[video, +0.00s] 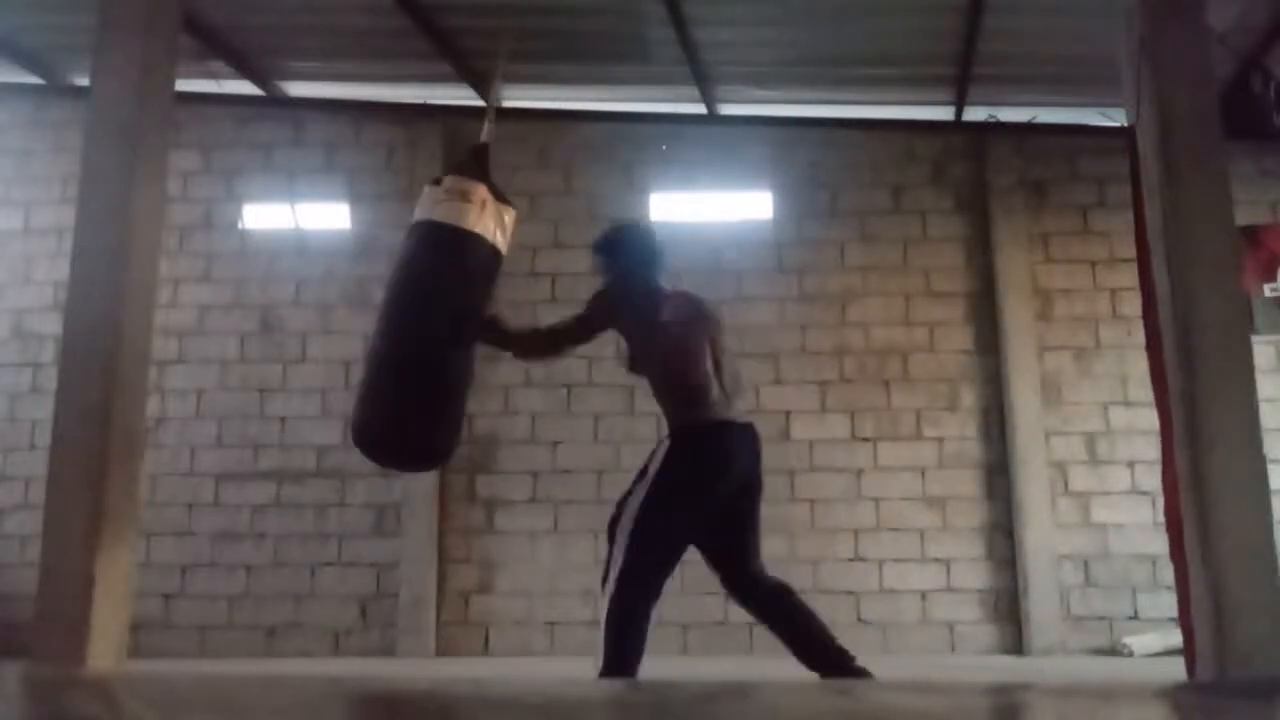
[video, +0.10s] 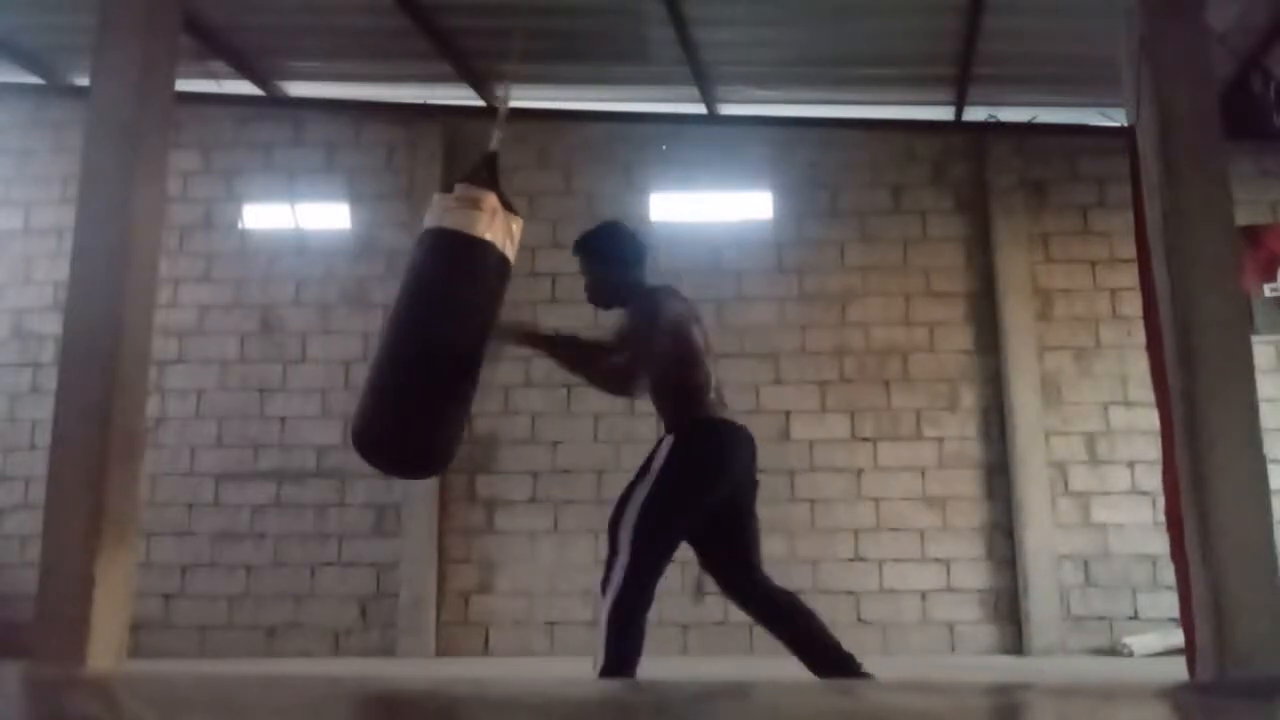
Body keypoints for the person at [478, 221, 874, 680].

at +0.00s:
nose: (604, 277)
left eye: (608, 267)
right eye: (605, 267)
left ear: (623, 264)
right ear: (652, 262)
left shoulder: (622, 300)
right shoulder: (694, 306)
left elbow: (544, 344)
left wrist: (487, 331)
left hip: (693, 448)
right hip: (738, 445)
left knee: (635, 569)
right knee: (744, 577)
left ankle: (614, 692)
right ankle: (844, 672)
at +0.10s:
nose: (585, 285)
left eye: (590, 274)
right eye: (584, 275)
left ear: (614, 269)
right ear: (627, 264)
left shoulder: (654, 308)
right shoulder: (665, 305)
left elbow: (624, 378)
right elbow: (612, 356)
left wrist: (551, 348)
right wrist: (545, 341)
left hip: (693, 446)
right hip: (728, 445)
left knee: (632, 554)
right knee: (743, 580)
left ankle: (613, 686)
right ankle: (848, 679)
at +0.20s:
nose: (575, 293)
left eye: (579, 280)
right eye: (574, 281)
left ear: (605, 277)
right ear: (618, 274)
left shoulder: (656, 322)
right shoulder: (641, 329)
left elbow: (704, 395)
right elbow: (577, 361)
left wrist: (633, 404)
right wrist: (506, 333)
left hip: (682, 457)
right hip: (722, 454)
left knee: (612, 570)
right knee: (764, 580)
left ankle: (610, 698)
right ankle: (855, 685)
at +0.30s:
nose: (570, 289)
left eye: (570, 277)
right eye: (567, 278)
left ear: (586, 274)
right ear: (616, 264)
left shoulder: (613, 327)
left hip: (659, 458)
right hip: (717, 451)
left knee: (616, 594)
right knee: (767, 573)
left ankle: (612, 706)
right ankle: (835, 679)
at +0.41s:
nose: (562, 287)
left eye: (561, 277)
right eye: (560, 276)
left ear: (570, 278)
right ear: (610, 259)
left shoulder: (582, 332)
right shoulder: (671, 290)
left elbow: (510, 391)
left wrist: (458, 383)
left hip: (660, 451)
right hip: (721, 442)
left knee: (633, 589)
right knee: (768, 566)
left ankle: (614, 702)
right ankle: (826, 677)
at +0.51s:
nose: (569, 288)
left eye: (568, 277)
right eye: (565, 277)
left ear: (578, 274)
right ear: (613, 259)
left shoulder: (589, 326)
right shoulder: (670, 292)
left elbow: (532, 395)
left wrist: (474, 387)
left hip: (664, 444)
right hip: (722, 435)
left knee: (624, 586)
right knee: (768, 562)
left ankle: (607, 703)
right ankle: (842, 675)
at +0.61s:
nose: (592, 291)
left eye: (594, 279)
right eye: (591, 280)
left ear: (610, 277)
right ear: (638, 271)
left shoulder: (618, 324)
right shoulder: (682, 308)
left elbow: (585, 404)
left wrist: (549, 397)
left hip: (670, 455)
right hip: (725, 449)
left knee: (615, 587)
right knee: (767, 578)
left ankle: (603, 707)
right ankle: (855, 684)